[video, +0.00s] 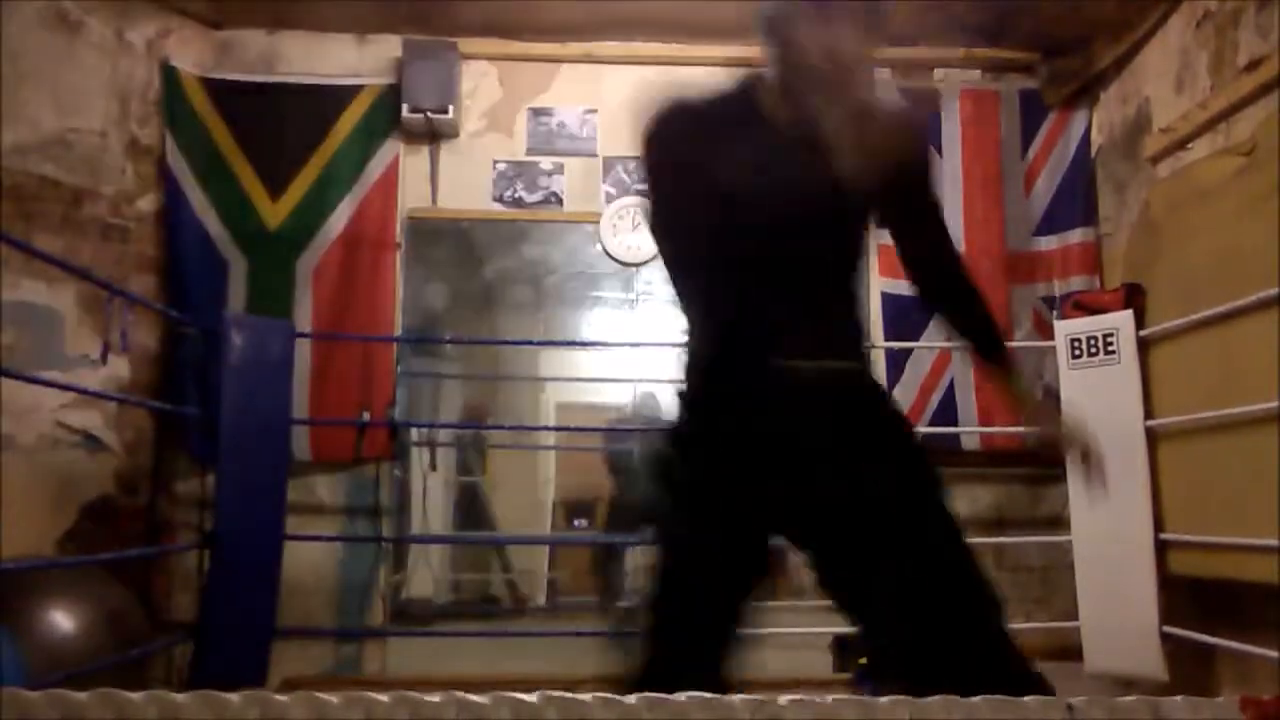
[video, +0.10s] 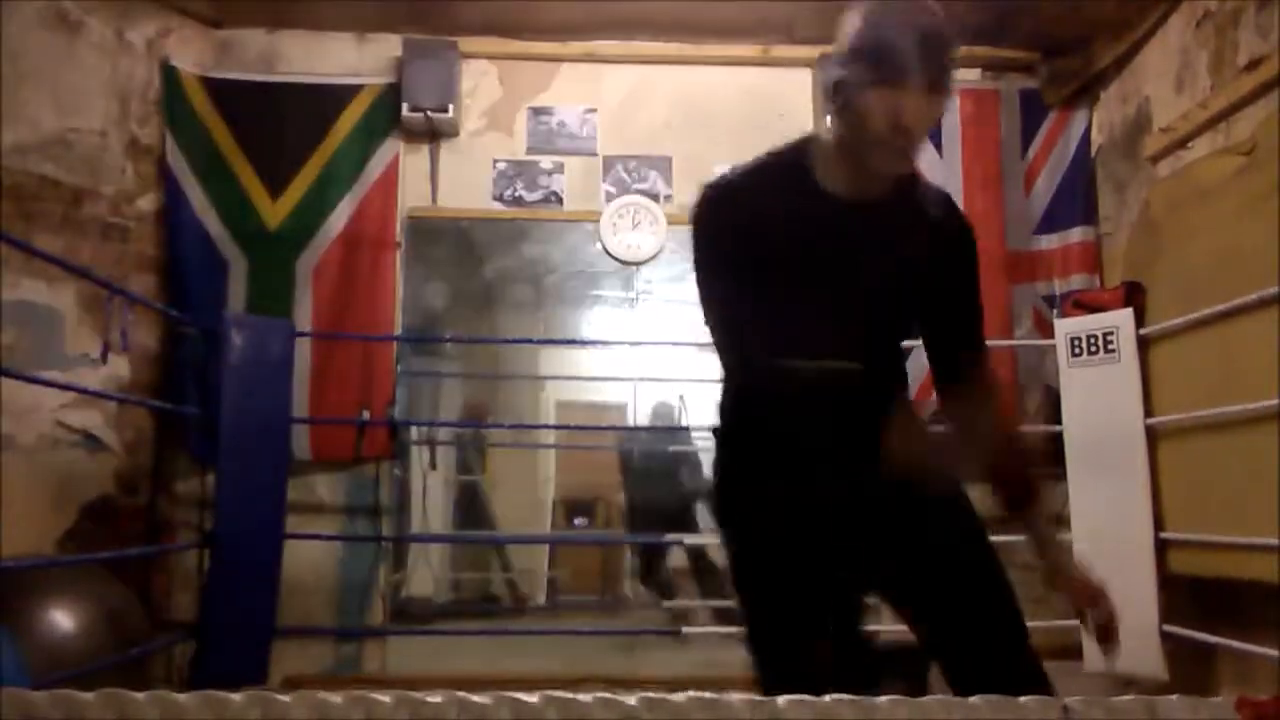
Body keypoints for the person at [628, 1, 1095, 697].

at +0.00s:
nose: (840, 44)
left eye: (855, 25)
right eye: (822, 20)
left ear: (871, 39)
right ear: (777, 30)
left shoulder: (877, 136)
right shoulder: (691, 135)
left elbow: (936, 268)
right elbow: (710, 298)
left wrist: (1024, 394)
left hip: (845, 423)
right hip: (730, 426)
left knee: (961, 648)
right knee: (679, 667)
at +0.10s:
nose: (909, 115)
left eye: (928, 90)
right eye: (888, 85)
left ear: (942, 101)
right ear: (841, 87)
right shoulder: (735, 209)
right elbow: (762, 385)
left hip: (899, 480)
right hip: (773, 483)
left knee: (1012, 690)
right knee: (813, 702)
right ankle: (905, 664)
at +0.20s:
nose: (907, 130)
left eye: (929, 109)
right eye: (887, 102)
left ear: (946, 124)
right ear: (845, 103)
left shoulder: (939, 243)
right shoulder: (743, 214)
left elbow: (964, 399)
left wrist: (1013, 469)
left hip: (893, 470)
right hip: (774, 472)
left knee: (1014, 680)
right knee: (801, 698)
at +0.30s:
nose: (874, 122)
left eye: (880, 104)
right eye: (859, 103)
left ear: (888, 112)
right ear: (808, 108)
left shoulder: (897, 202)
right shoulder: (718, 194)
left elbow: (989, 315)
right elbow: (633, 268)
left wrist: (920, 202)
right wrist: (581, 325)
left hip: (862, 454)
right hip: (753, 456)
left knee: (965, 644)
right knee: (689, 645)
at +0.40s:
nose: (767, 70)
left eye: (781, 56)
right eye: (752, 53)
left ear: (796, 69)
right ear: (724, 64)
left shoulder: (818, 150)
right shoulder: (663, 143)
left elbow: (894, 147)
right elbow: (551, 180)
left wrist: (833, 56)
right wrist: (469, 225)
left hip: (788, 408)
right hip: (686, 405)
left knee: (879, 606)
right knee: (568, 579)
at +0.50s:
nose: (681, 70)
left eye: (696, 54)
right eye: (669, 52)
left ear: (725, 65)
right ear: (645, 59)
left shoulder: (750, 148)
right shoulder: (596, 144)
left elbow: (796, 133)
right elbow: (470, 175)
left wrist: (759, 48)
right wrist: (354, 198)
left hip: (724, 395)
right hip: (623, 393)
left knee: (795, 569)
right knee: (522, 559)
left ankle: (865, 698)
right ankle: (463, 699)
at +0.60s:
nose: (610, 115)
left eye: (625, 100)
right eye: (597, 100)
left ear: (651, 111)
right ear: (582, 110)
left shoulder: (692, 202)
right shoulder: (539, 195)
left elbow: (722, 243)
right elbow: (427, 248)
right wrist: (343, 260)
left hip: (659, 429)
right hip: (564, 427)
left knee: (728, 589)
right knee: (473, 593)